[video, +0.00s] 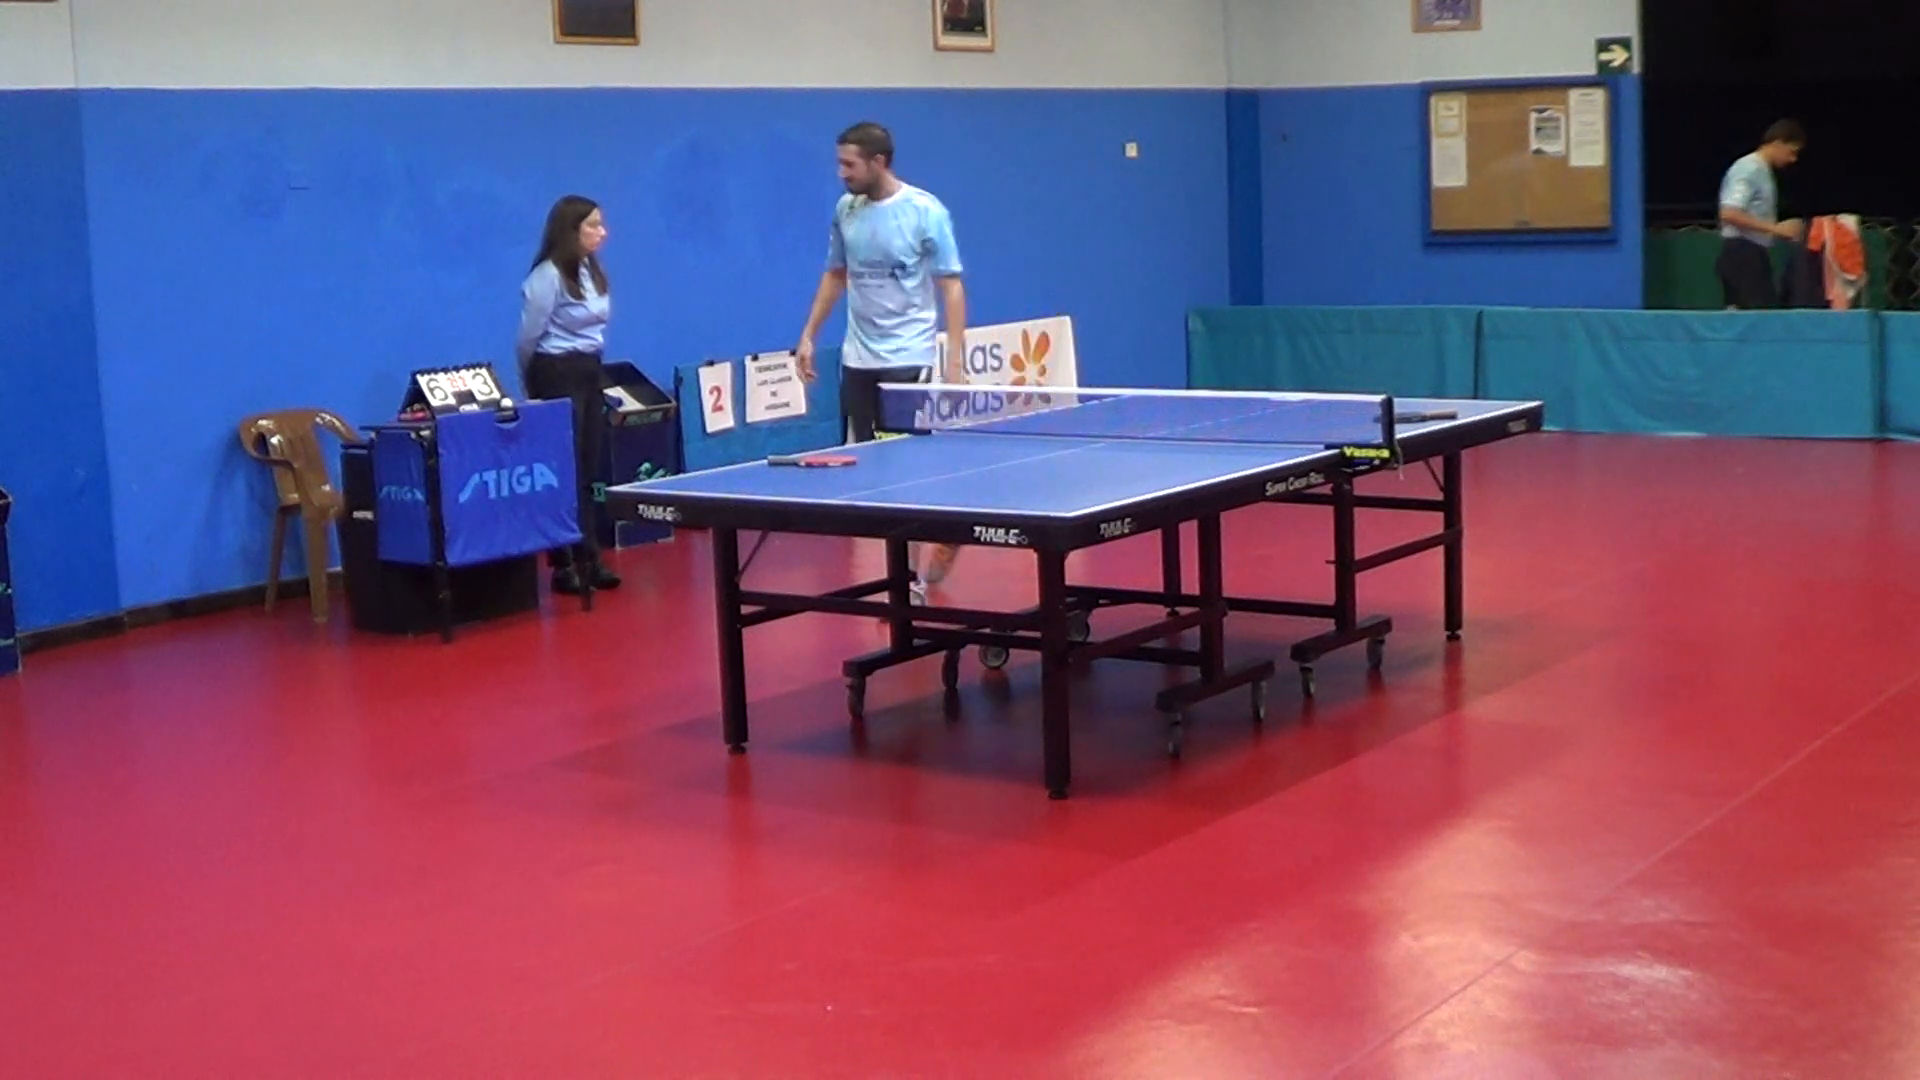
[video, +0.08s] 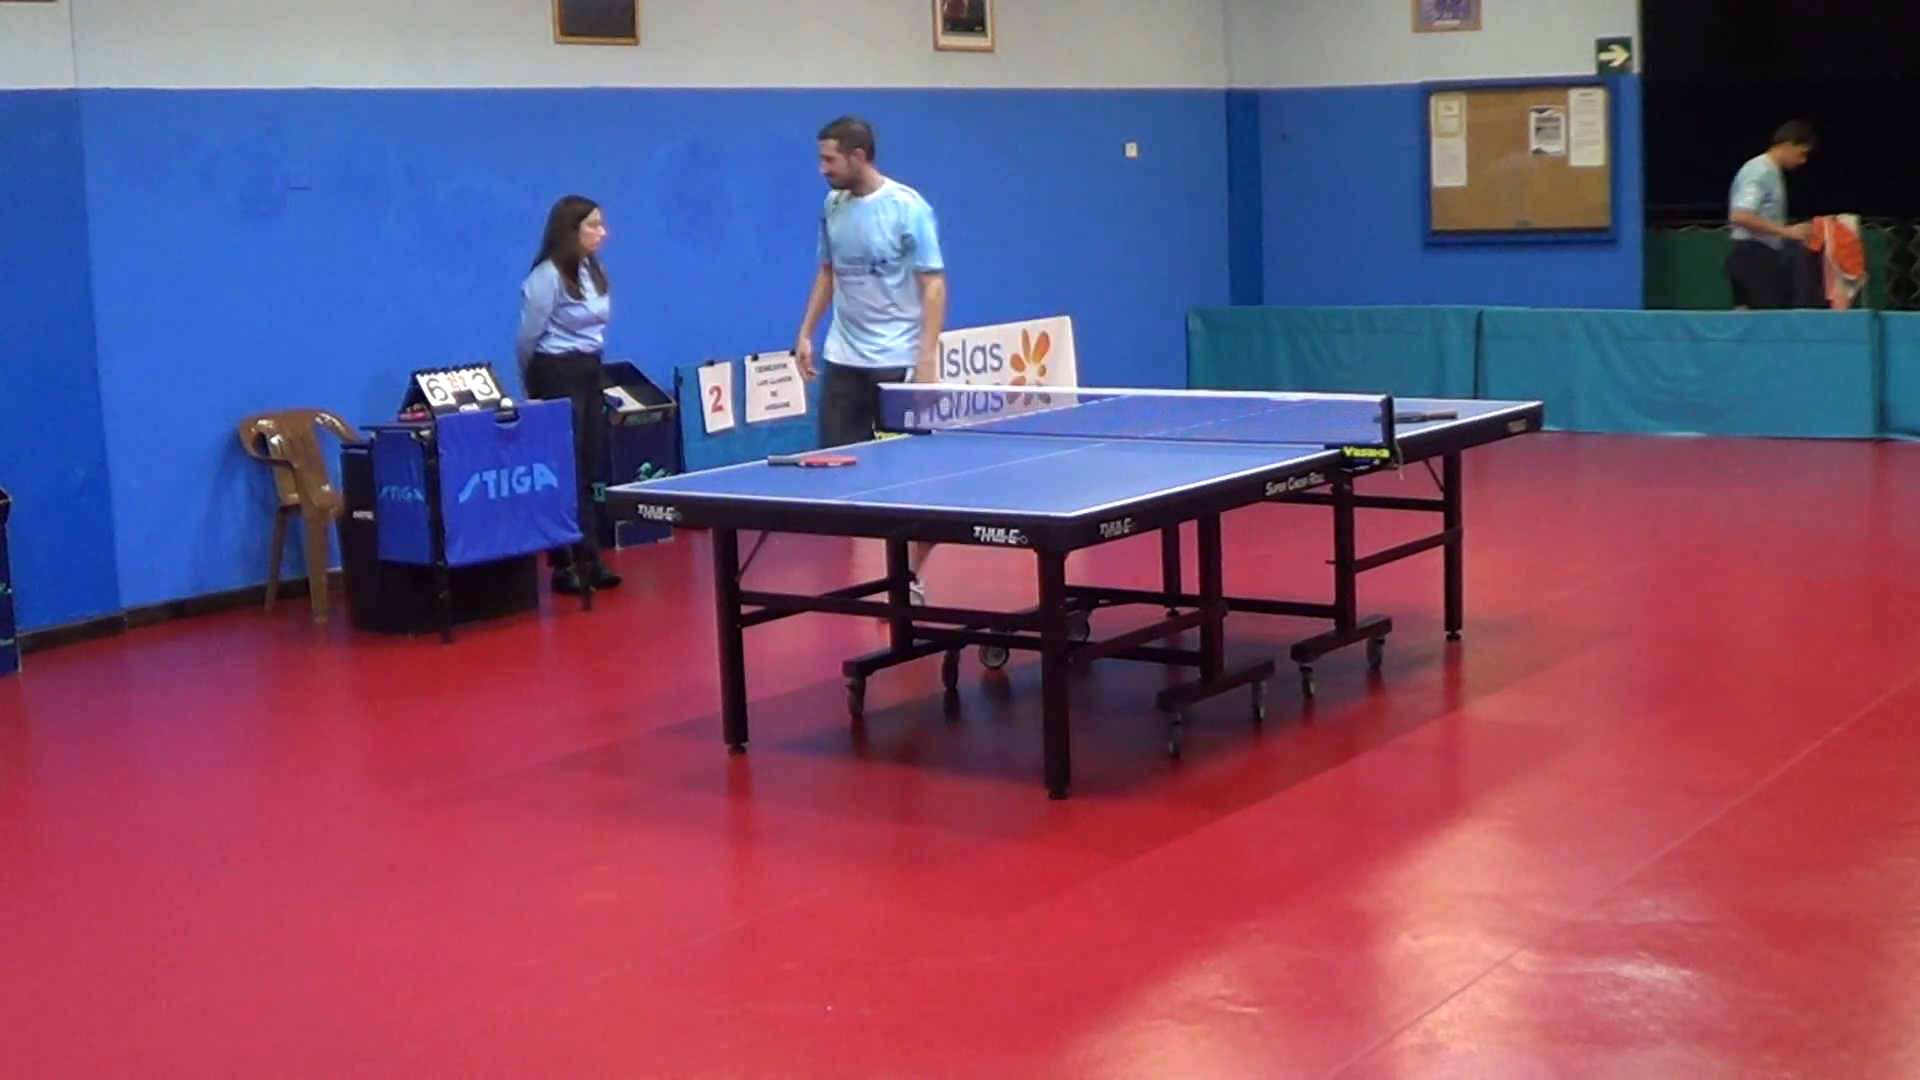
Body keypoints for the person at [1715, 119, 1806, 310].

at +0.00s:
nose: (1793, 159)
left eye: (1795, 154)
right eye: (1792, 152)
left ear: (1778, 144)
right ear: (1777, 142)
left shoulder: (1763, 171)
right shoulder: (1747, 168)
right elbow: (1729, 213)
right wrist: (1776, 229)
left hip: (1756, 251)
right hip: (1741, 251)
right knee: (1760, 317)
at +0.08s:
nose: (1803, 161)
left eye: (1805, 155)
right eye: (1802, 154)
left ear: (1789, 145)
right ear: (1787, 144)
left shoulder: (1772, 172)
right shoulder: (1758, 170)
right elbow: (1740, 215)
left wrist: (1796, 231)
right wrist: (1788, 232)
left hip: (1767, 253)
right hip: (1751, 252)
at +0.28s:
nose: (1833, 162)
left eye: (1836, 156)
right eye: (1833, 155)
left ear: (1820, 146)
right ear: (1819, 145)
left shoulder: (1803, 172)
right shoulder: (1790, 171)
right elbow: (1771, 220)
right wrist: (1813, 238)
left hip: (1800, 252)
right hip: (1782, 252)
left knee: (1812, 316)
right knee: (1791, 318)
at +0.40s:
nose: (1849, 164)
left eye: (1852, 159)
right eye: (1849, 157)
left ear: (1837, 147)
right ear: (1837, 146)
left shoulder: (1818, 172)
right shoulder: (1806, 171)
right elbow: (1787, 222)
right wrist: (1833, 240)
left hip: (1812, 253)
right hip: (1796, 252)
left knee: (1816, 318)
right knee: (1804, 320)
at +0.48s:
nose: (1860, 162)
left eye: (1863, 157)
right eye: (1860, 155)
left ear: (1848, 146)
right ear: (1848, 145)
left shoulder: (1829, 171)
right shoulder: (1816, 170)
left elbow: (1823, 221)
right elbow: (1798, 222)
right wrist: (1844, 241)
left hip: (1820, 252)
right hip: (1805, 252)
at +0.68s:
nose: (1890, 166)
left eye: (1893, 160)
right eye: (1890, 158)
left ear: (1877, 149)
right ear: (1878, 148)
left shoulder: (1859, 173)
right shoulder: (1846, 171)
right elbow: (1833, 225)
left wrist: (1865, 294)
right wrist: (1878, 247)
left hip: (1846, 255)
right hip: (1828, 254)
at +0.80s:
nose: (1912, 173)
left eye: (1915, 167)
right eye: (1913, 165)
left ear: (1900, 155)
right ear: (1901, 155)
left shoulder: (1880, 178)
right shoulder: (1867, 177)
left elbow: (1869, 231)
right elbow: (1854, 230)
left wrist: (1900, 253)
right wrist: (1897, 254)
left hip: (1864, 258)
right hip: (1848, 258)